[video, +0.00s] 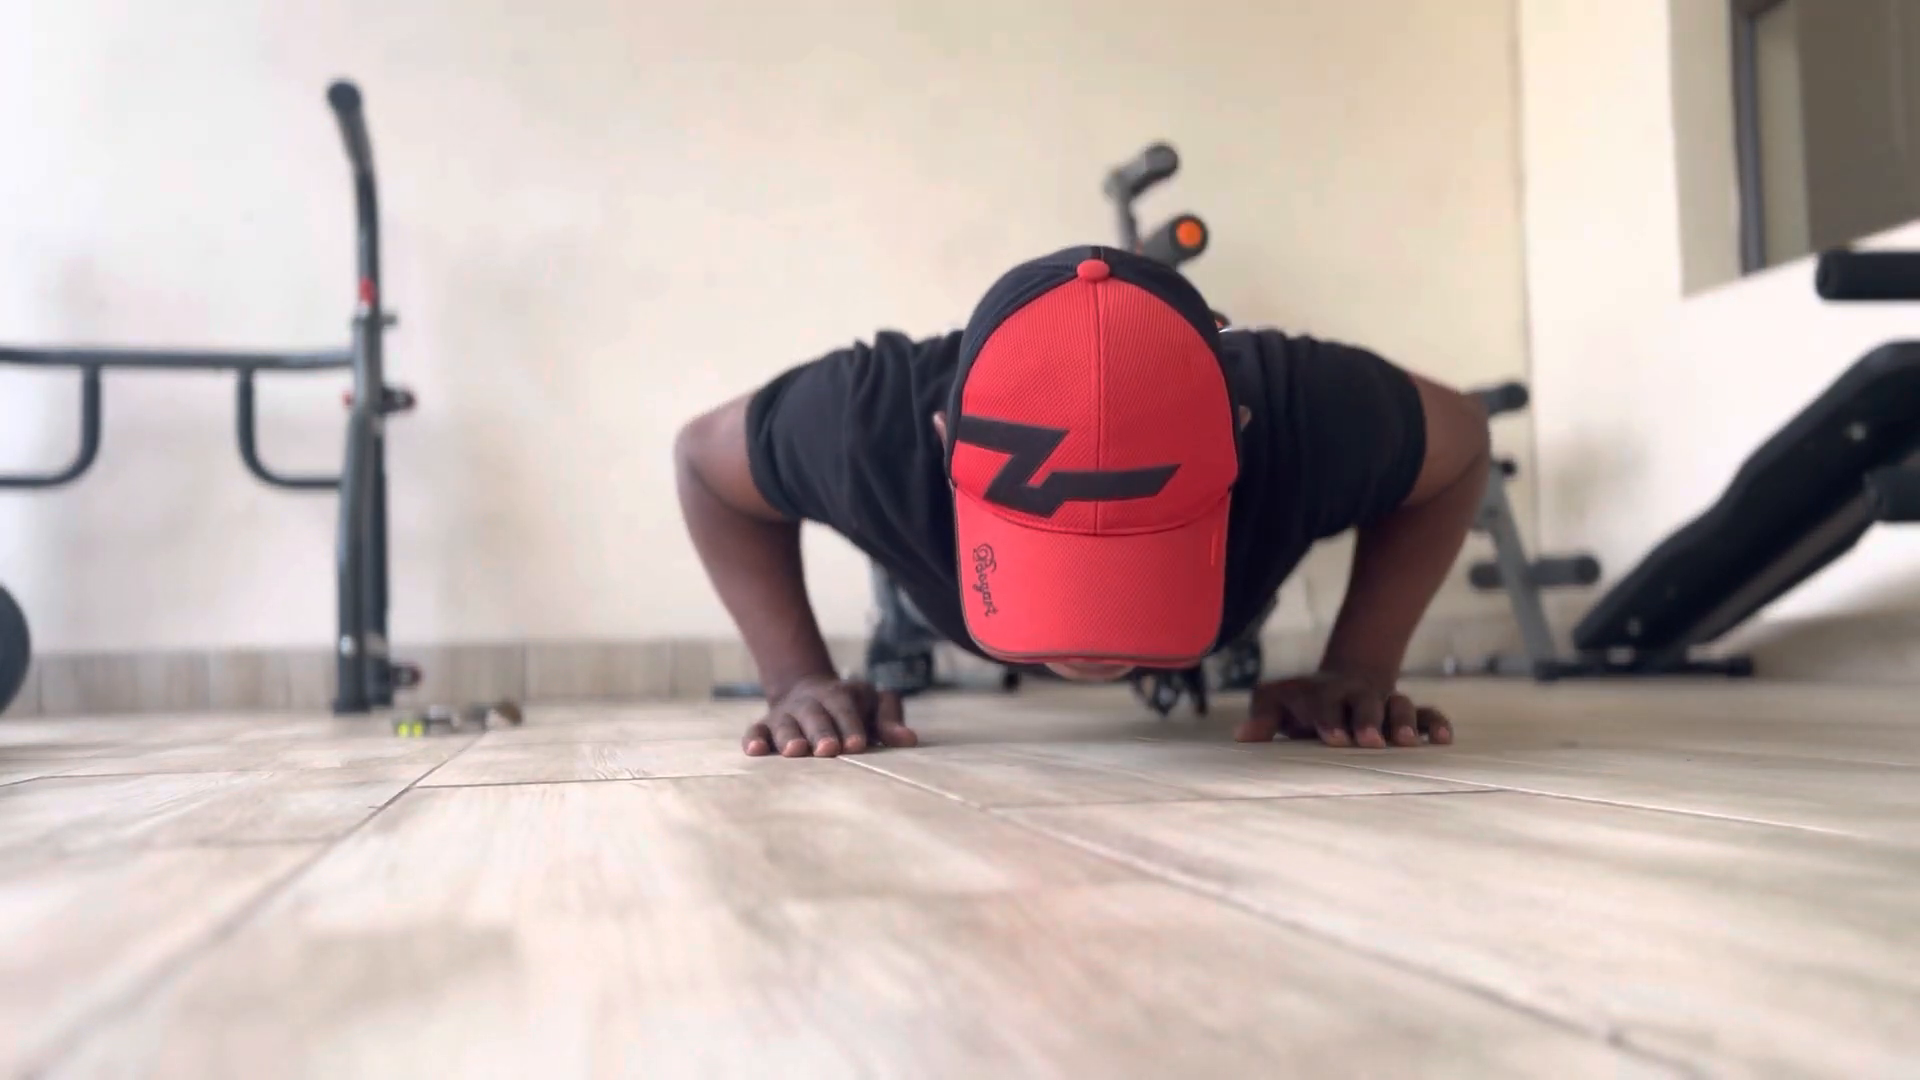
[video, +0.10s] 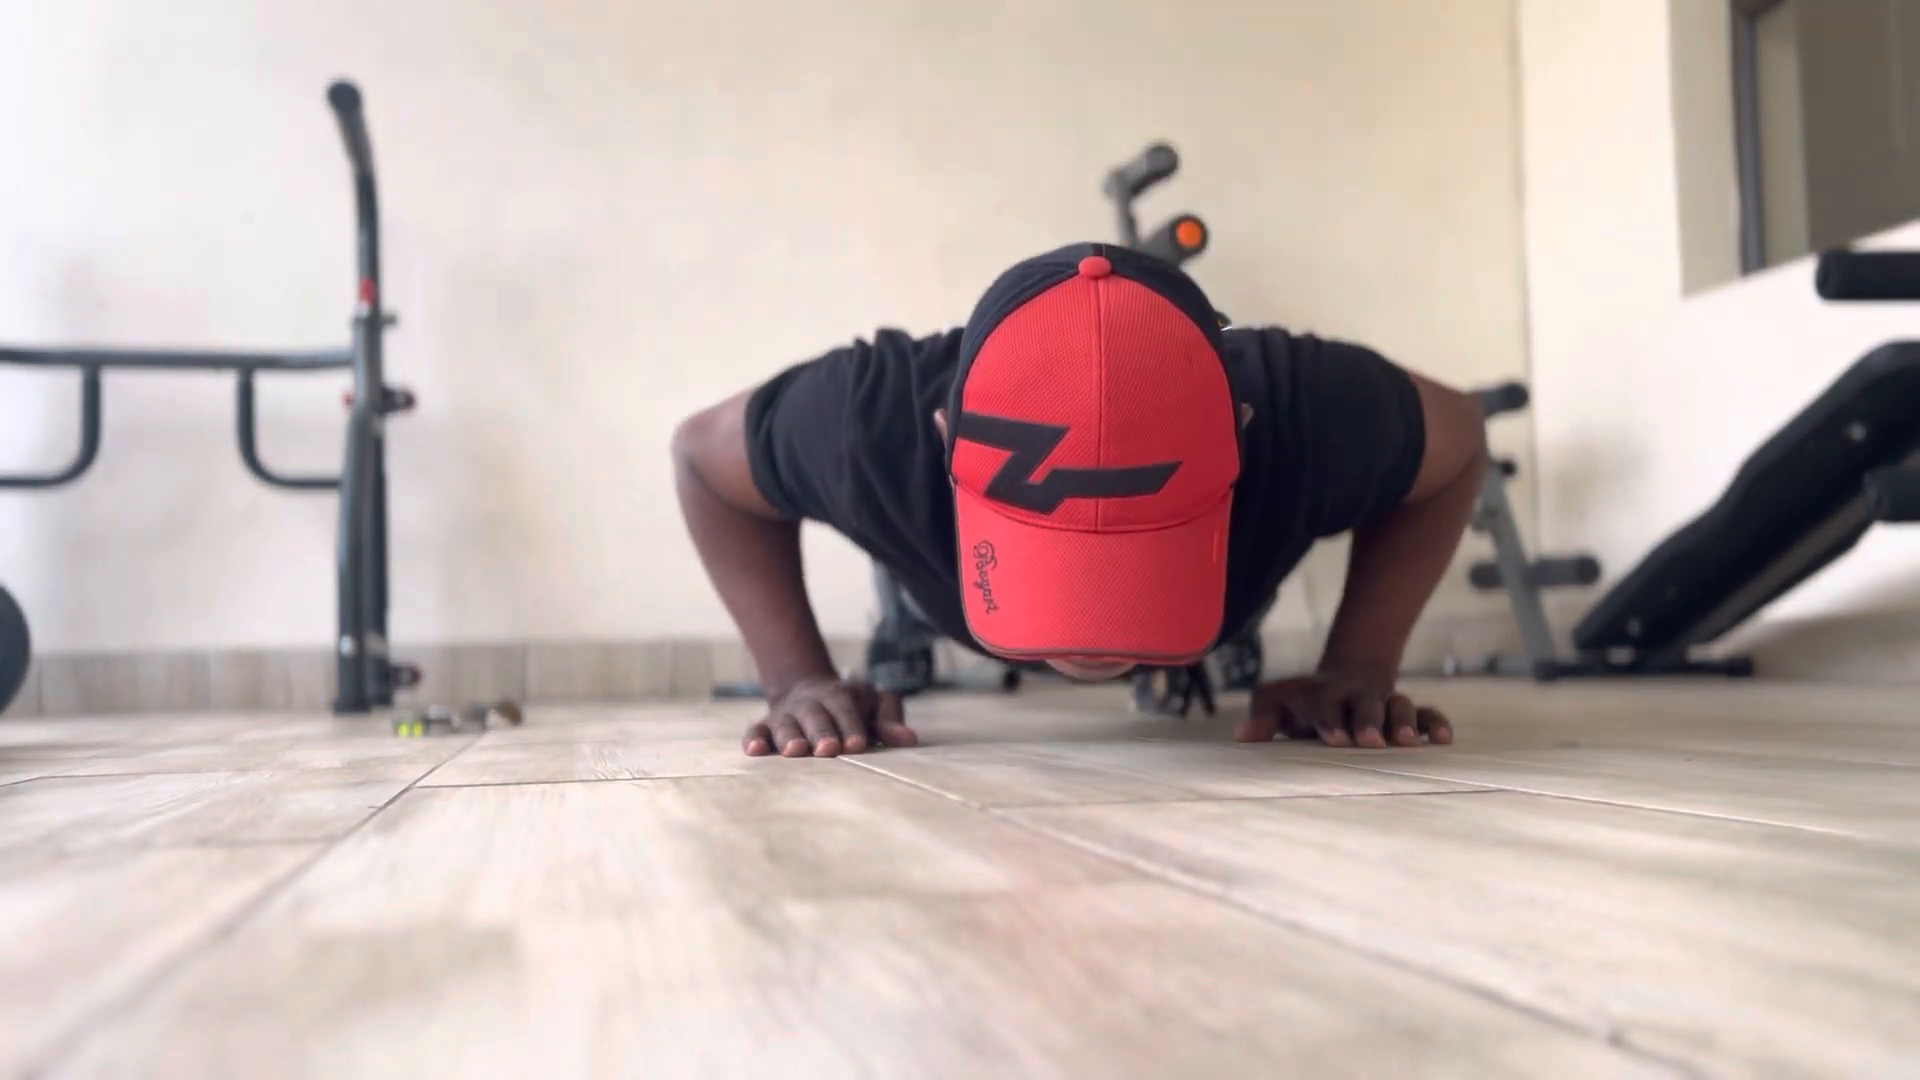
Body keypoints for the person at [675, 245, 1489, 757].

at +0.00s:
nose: (1092, 664)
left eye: (1140, 627)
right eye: (1052, 628)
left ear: (1231, 464)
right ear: (957, 470)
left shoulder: (1309, 416)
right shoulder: (868, 429)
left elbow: (1459, 443)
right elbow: (707, 461)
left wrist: (1360, 671)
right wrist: (795, 678)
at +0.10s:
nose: (1091, 661)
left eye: (1139, 626)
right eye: (1054, 629)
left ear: (1233, 468)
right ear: (957, 466)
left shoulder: (1308, 413)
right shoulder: (868, 427)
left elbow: (1455, 443)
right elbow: (705, 457)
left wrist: (1358, 672)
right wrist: (796, 680)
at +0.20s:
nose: (1092, 621)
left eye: (1140, 591)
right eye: (1051, 589)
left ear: (1225, 448)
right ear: (959, 447)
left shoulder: (1310, 387)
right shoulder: (866, 400)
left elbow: (1452, 444)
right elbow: (711, 457)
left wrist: (1358, 670)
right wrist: (798, 677)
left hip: (1208, 576)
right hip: (959, 578)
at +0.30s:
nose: (1074, 436)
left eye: (1120, 402)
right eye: (1033, 400)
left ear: (1210, 284)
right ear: (953, 287)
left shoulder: (1303, 274)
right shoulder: (867, 283)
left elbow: (1436, 440)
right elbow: (724, 454)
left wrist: (1356, 668)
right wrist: (796, 679)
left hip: (1187, 508)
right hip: (976, 515)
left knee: (1225, 560)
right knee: (929, 573)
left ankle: (1212, 586)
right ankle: (914, 607)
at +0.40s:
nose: (1076, 264)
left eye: (1124, 226)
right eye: (1030, 220)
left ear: (1196, 157)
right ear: (958, 155)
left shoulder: (1295, 179)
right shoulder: (866, 189)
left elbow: (1417, 417)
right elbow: (746, 434)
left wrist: (1353, 669)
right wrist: (801, 682)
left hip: (1192, 460)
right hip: (971, 464)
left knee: (1225, 537)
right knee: (931, 553)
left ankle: (1221, 604)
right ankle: (917, 616)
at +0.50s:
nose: (1068, 179)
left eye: (1114, 142)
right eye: (1026, 140)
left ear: (1181, 84)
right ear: (959, 79)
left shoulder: (1289, 115)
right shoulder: (864, 126)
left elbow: (1399, 397)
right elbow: (768, 413)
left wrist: (1350, 668)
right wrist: (803, 682)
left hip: (1194, 436)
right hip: (974, 443)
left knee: (1222, 535)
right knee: (933, 546)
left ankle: (1220, 608)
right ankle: (918, 617)